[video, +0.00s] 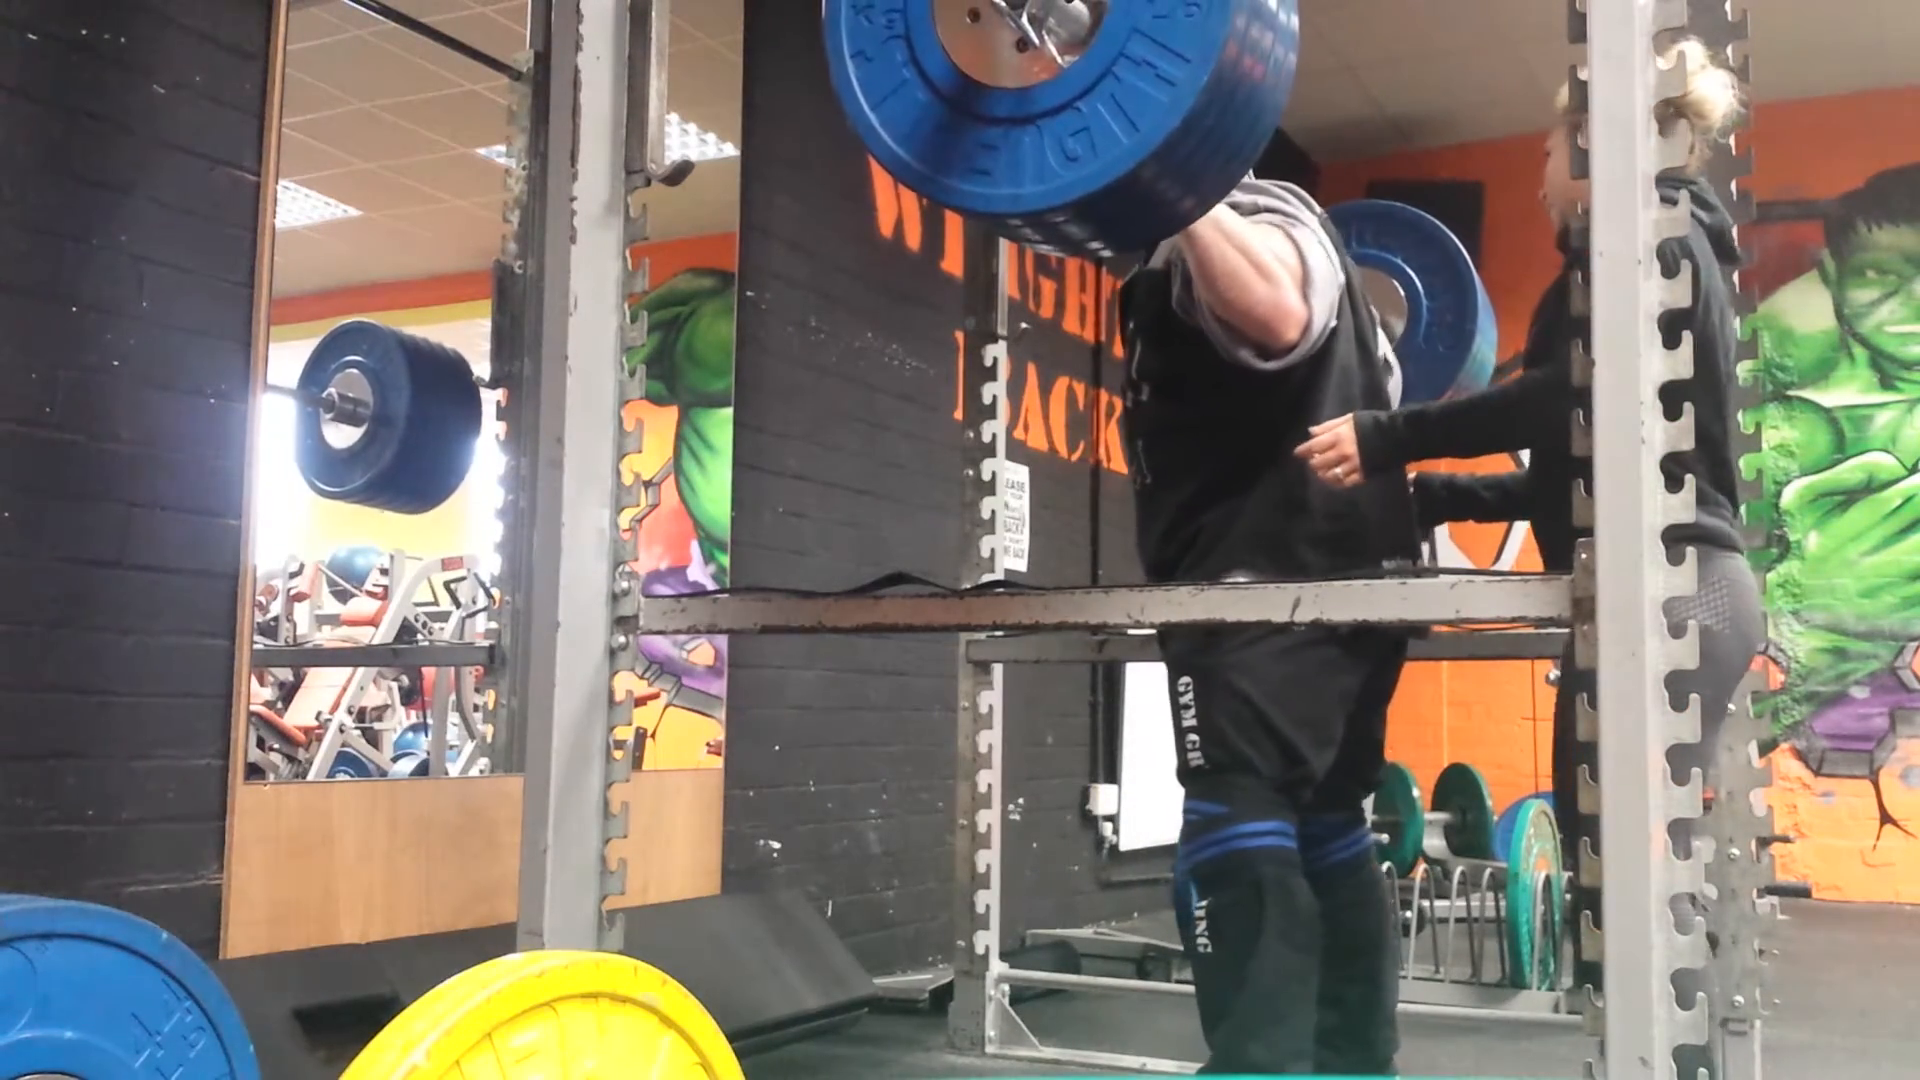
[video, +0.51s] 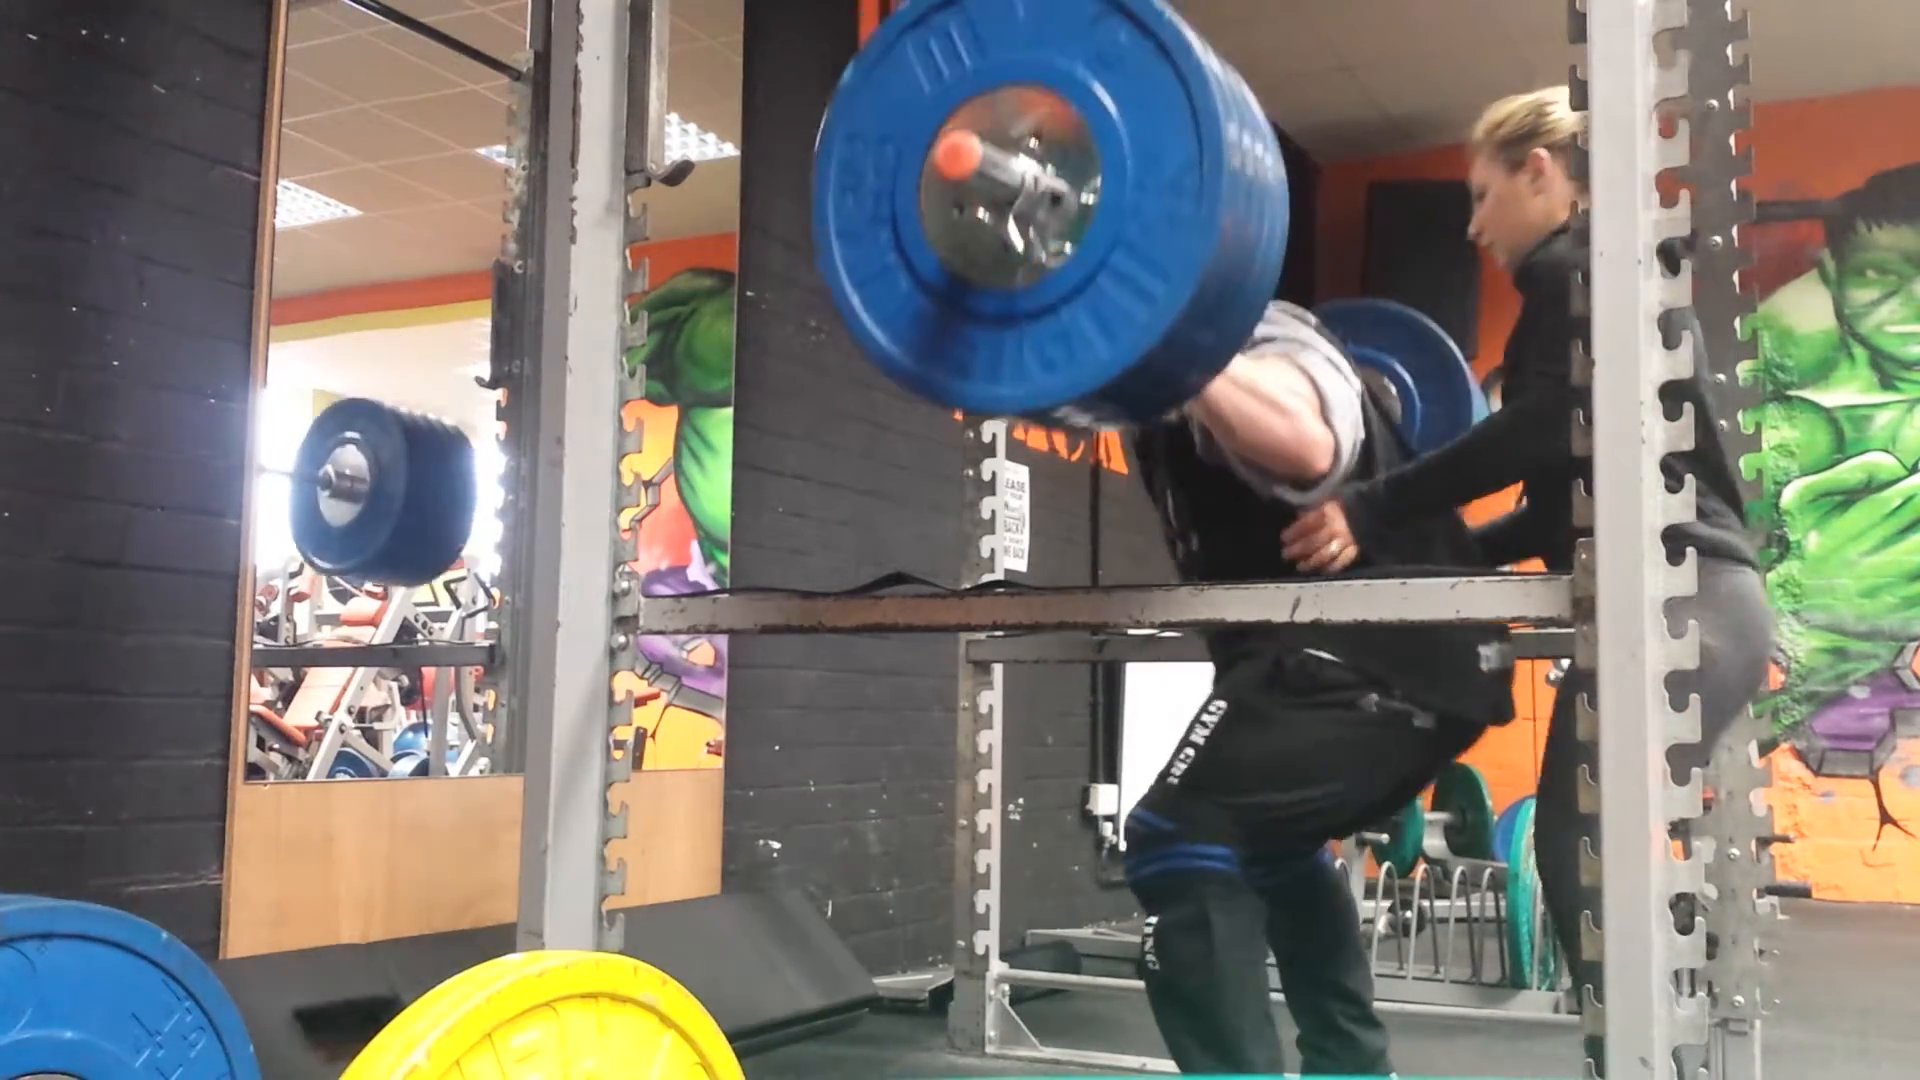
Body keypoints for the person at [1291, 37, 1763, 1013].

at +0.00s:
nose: (1544, 167)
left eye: (1556, 145)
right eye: (1551, 146)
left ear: (1601, 149)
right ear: (1628, 151)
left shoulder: (1640, 241)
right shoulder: (1669, 253)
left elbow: (1559, 396)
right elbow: (1575, 479)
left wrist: (1385, 436)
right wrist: (1422, 495)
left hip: (1658, 584)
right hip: (1693, 582)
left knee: (1614, 842)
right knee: (1628, 842)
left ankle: (1644, 1051)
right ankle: (1651, 1048)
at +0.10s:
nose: (1535, 174)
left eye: (1546, 151)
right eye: (1541, 152)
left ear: (1590, 154)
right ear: (1604, 158)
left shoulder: (1636, 249)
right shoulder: (1609, 277)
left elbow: (1567, 397)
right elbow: (1575, 486)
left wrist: (1386, 435)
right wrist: (1423, 498)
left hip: (1645, 598)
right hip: (1611, 599)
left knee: (1623, 846)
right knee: (1605, 845)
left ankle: (1645, 1051)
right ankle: (1629, 1048)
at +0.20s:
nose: (1525, 175)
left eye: (1538, 152)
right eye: (1530, 153)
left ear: (1589, 154)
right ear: (1591, 160)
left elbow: (1585, 411)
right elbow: (1573, 485)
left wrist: (1397, 447)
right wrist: (1432, 508)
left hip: (1630, 593)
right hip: (1588, 595)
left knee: (1599, 830)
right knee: (1575, 828)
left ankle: (1639, 1043)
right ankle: (1619, 1039)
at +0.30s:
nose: (1517, 191)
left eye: (1527, 166)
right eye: (1518, 169)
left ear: (1580, 157)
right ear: (1581, 163)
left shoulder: (1621, 262)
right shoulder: (1591, 282)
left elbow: (1576, 424)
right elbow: (1563, 477)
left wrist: (1401, 465)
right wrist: (1435, 514)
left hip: (1619, 591)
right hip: (1593, 589)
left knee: (1566, 816)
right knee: (1563, 816)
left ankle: (1624, 1041)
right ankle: (1616, 1037)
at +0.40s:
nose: (1500, 204)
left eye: (1510, 177)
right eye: (1500, 181)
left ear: (1568, 159)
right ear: (1560, 165)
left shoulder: (1604, 269)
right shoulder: (1589, 284)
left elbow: (1555, 427)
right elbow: (1562, 483)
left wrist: (1386, 478)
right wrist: (1431, 528)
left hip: (1633, 596)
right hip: (1608, 594)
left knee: (1579, 843)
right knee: (1570, 839)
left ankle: (1634, 1054)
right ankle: (1625, 1051)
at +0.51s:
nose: (1473, 226)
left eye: (1483, 195)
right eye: (1472, 200)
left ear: (1543, 176)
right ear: (1552, 183)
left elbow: (1536, 434)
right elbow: (1568, 505)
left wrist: (1370, 510)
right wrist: (1436, 556)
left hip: (1664, 601)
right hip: (1706, 598)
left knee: (1572, 841)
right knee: (1582, 839)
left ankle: (1635, 1056)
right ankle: (1641, 1051)